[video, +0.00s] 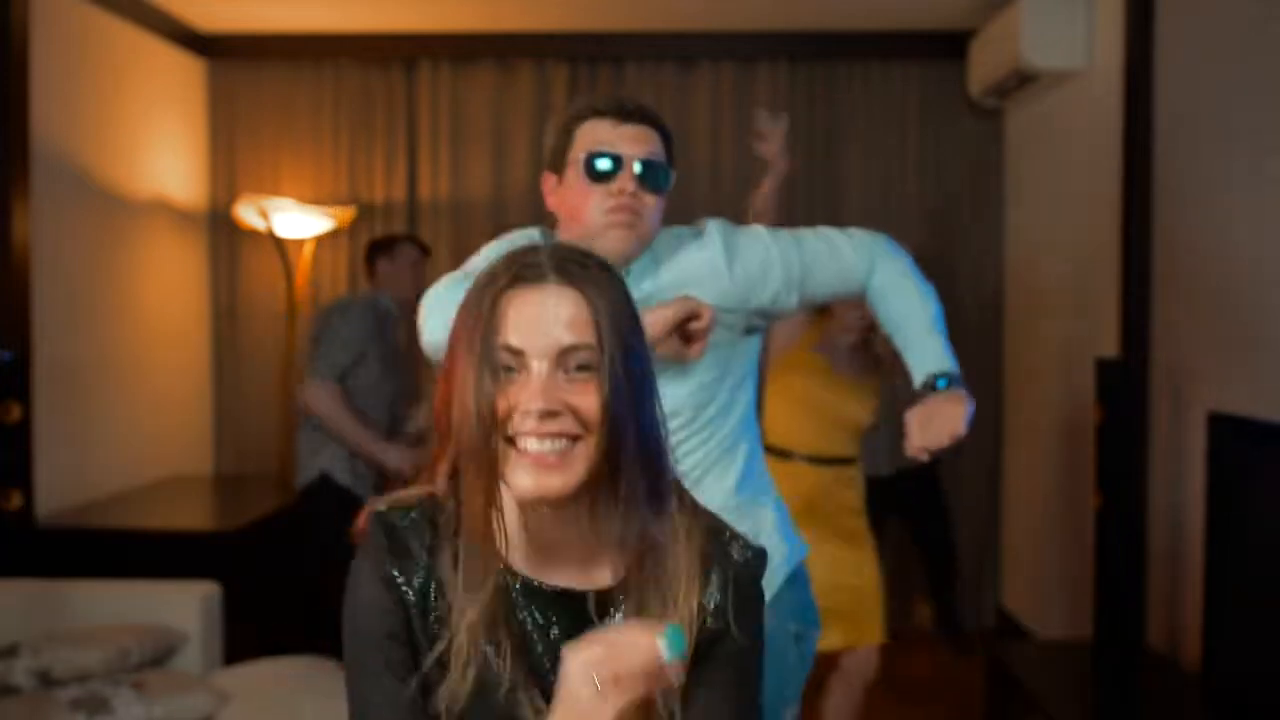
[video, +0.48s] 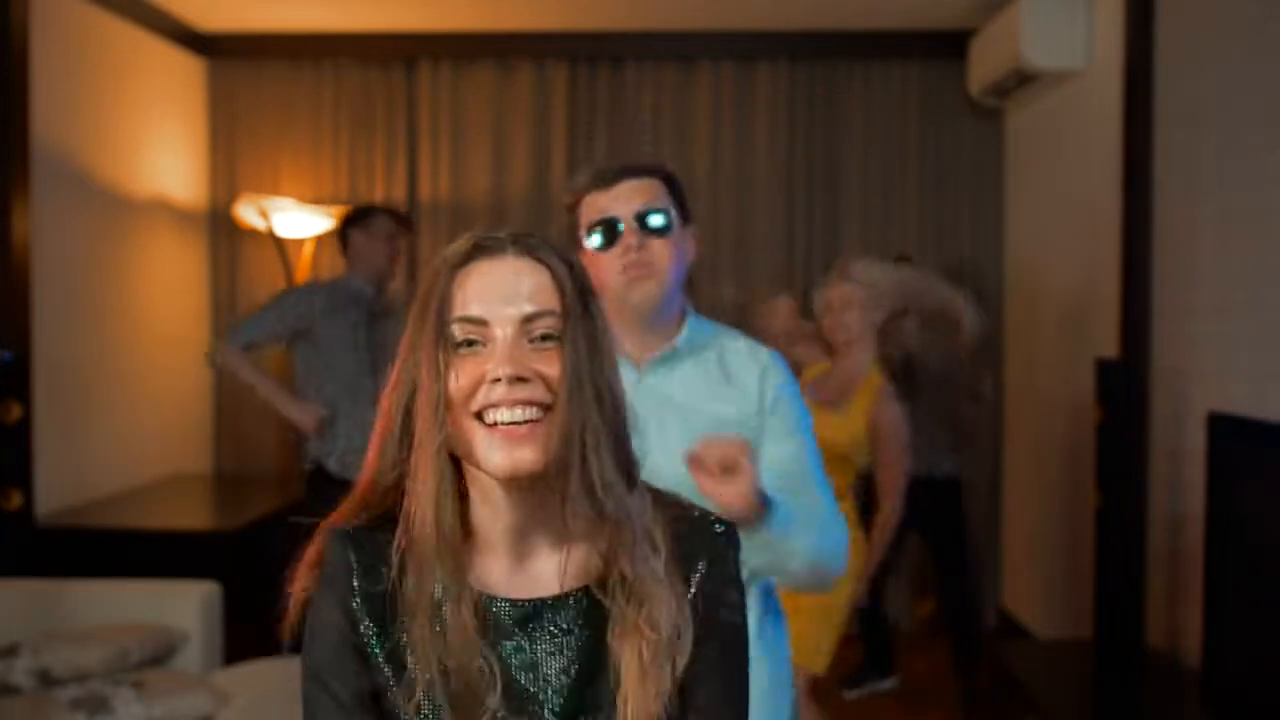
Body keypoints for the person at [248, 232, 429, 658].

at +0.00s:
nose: (421, 276)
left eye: (422, 266)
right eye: (413, 265)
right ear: (381, 268)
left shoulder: (402, 330)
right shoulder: (356, 315)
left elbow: (401, 411)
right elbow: (317, 392)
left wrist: (417, 436)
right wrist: (386, 452)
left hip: (370, 485)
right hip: (334, 483)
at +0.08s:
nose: (419, 276)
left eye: (421, 266)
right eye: (410, 265)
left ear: (420, 273)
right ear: (382, 268)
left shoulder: (401, 327)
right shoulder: (357, 314)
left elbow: (397, 407)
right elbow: (297, 381)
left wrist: (404, 449)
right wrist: (355, 454)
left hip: (374, 488)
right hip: (335, 488)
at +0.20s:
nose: (417, 267)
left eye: (419, 258)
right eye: (408, 256)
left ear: (418, 264)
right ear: (379, 259)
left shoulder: (409, 323)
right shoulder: (343, 308)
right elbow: (272, 361)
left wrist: (414, 444)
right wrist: (323, 438)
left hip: (394, 481)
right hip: (339, 481)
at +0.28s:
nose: (412, 257)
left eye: (415, 248)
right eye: (405, 246)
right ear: (376, 247)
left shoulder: (402, 314)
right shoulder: (337, 301)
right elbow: (252, 350)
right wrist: (308, 423)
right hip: (340, 474)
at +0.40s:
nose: (403, 248)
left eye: (406, 239)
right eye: (393, 237)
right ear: (362, 239)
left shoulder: (395, 312)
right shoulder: (324, 297)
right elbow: (236, 343)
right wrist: (294, 409)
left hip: (388, 470)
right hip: (335, 470)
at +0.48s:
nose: (396, 249)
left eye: (398, 239)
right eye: (386, 237)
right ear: (355, 240)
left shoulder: (397, 316)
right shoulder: (315, 302)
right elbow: (229, 350)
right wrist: (292, 408)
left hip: (391, 477)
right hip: (334, 476)